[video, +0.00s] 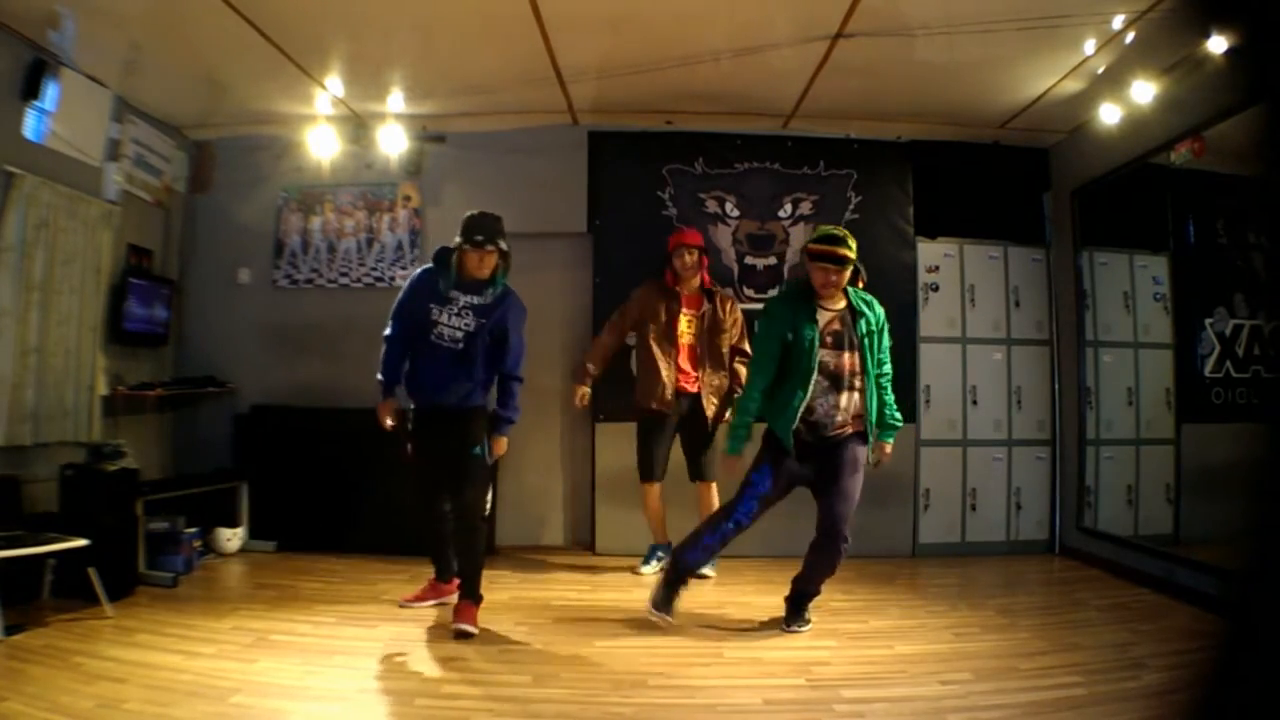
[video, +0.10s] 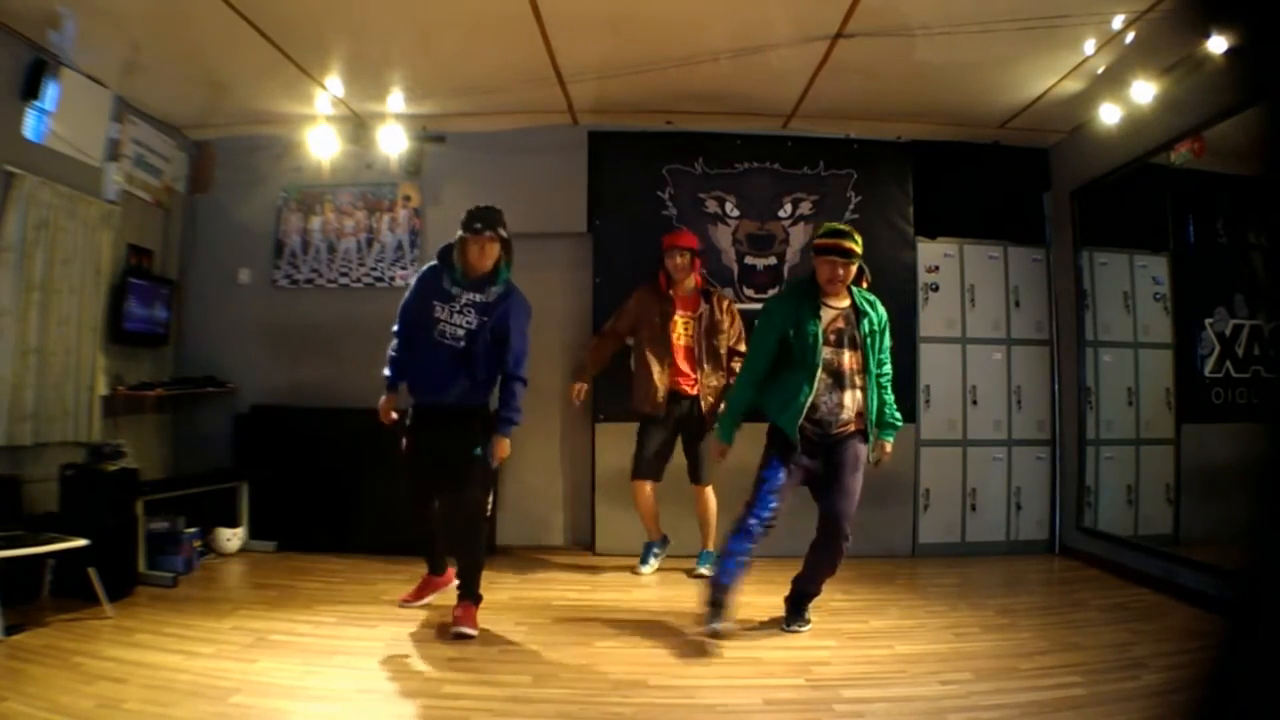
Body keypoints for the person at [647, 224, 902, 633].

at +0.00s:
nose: (830, 276)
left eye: (839, 268)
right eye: (822, 267)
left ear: (851, 271)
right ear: (808, 267)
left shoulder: (870, 312)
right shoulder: (785, 307)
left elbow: (883, 374)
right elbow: (760, 373)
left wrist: (887, 428)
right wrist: (738, 434)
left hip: (846, 441)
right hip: (791, 437)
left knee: (837, 532)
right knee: (741, 513)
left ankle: (800, 599)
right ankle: (676, 572)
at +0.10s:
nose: (836, 272)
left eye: (844, 264)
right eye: (828, 263)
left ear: (856, 267)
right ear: (814, 263)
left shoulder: (872, 311)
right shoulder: (787, 304)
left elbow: (882, 373)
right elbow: (754, 368)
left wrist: (886, 428)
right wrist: (726, 429)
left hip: (847, 436)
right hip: (792, 432)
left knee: (839, 527)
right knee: (760, 514)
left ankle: (800, 600)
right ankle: (719, 597)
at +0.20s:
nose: (839, 264)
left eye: (847, 256)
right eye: (831, 255)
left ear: (859, 261)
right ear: (818, 258)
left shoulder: (875, 308)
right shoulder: (789, 298)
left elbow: (886, 370)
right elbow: (757, 359)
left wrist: (892, 422)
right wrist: (733, 419)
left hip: (850, 429)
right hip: (797, 426)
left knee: (838, 519)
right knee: (799, 510)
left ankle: (806, 591)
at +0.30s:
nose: (844, 254)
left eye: (851, 246)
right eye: (835, 246)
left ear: (863, 253)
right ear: (821, 250)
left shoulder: (880, 301)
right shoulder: (791, 293)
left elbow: (893, 364)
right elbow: (762, 354)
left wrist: (901, 419)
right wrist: (746, 417)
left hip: (853, 419)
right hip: (801, 413)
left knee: (839, 508)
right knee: (833, 496)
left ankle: (798, 600)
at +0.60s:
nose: (857, 239)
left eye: (863, 231)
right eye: (847, 232)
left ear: (875, 240)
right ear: (832, 243)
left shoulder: (902, 285)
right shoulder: (815, 295)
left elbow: (924, 340)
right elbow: (794, 360)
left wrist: (934, 394)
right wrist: (793, 421)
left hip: (888, 415)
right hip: (840, 410)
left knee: (850, 508)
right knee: (867, 497)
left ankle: (799, 595)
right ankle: (880, 602)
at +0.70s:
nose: (866, 238)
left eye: (873, 231)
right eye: (857, 231)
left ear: (885, 238)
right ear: (841, 240)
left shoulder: (912, 277)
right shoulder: (825, 293)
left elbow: (940, 328)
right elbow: (801, 365)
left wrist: (954, 380)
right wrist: (820, 419)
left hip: (902, 410)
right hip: (857, 408)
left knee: (874, 502)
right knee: (875, 498)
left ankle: (816, 586)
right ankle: (881, 601)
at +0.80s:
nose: (880, 237)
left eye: (887, 229)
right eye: (871, 230)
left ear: (898, 236)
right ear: (855, 238)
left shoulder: (921, 275)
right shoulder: (837, 292)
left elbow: (957, 313)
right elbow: (812, 352)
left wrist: (989, 353)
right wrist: (843, 385)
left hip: (914, 417)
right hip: (865, 417)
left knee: (920, 505)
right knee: (883, 508)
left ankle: (847, 553)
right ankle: (883, 601)